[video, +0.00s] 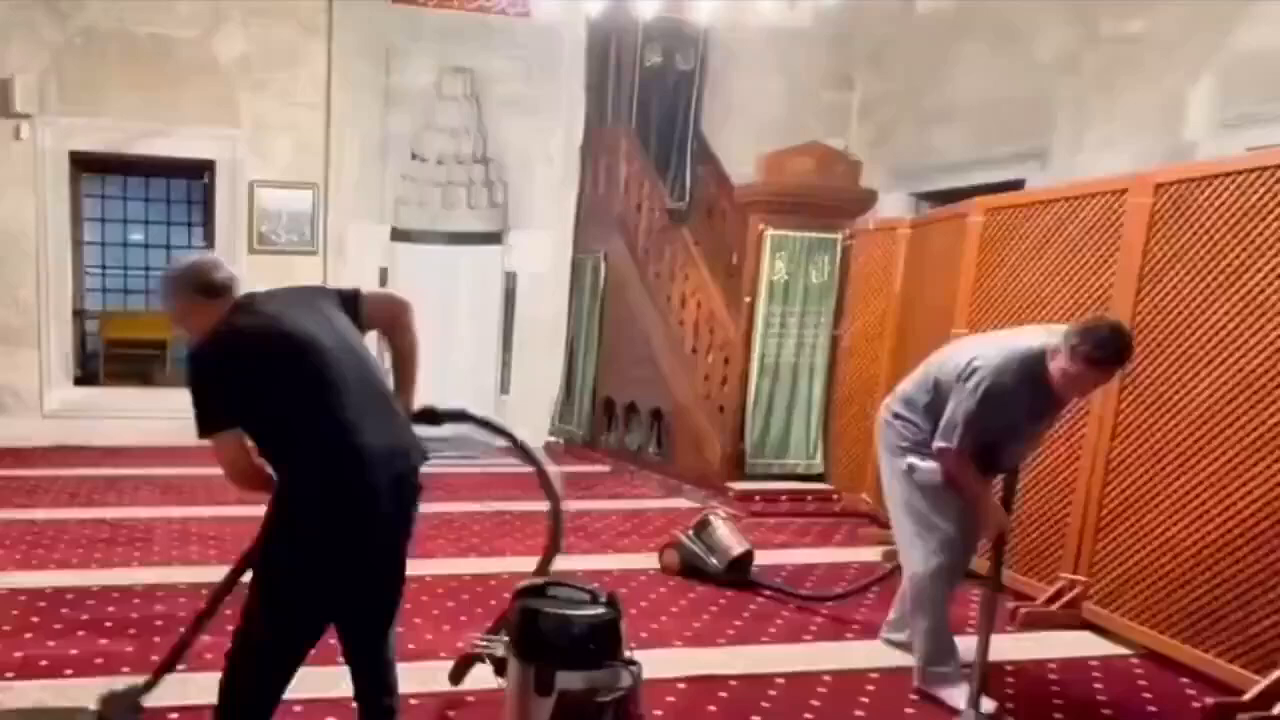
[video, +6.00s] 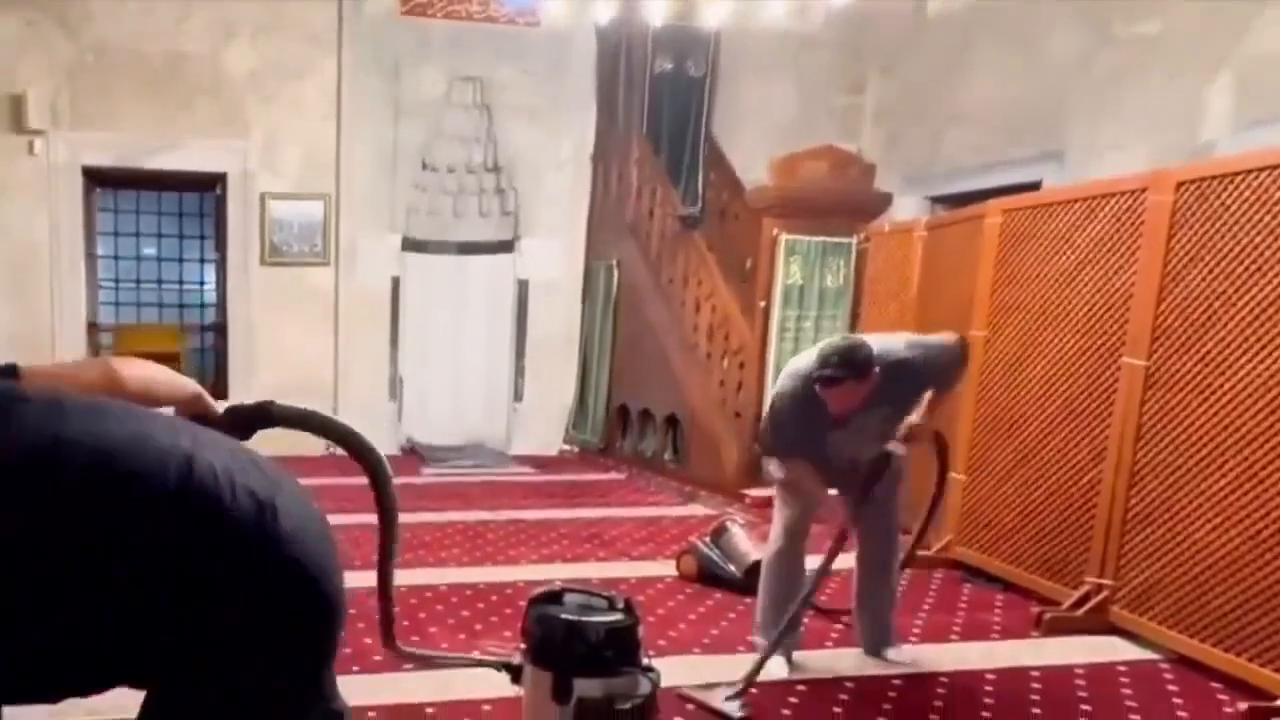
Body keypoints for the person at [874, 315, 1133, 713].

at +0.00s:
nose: (1086, 392)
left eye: (1095, 386)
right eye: (1084, 380)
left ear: (1105, 375)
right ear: (1066, 356)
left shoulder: (1067, 365)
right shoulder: (997, 371)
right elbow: (948, 454)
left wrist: (1011, 455)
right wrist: (987, 508)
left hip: (968, 445)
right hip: (912, 433)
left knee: (959, 542)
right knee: (934, 555)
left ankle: (902, 626)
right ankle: (936, 673)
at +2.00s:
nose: (975, 430)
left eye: (987, 424)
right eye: (970, 419)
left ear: (1015, 410)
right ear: (961, 387)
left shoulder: (1021, 386)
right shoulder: (904, 394)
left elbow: (1017, 422)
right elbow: (882, 486)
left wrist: (985, 459)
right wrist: (909, 550)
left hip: (931, 445)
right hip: (865, 435)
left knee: (916, 535)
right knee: (861, 539)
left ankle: (894, 623)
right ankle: (851, 655)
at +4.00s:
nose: (870, 415)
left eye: (881, 407)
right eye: (863, 406)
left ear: (905, 389)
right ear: (852, 387)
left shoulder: (942, 377)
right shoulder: (819, 407)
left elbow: (975, 411)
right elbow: (809, 487)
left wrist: (937, 469)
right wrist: (833, 554)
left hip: (895, 475)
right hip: (834, 480)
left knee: (897, 560)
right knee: (818, 567)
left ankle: (877, 644)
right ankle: (818, 672)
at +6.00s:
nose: (826, 397)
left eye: (835, 388)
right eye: (822, 388)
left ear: (868, 379)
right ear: (816, 379)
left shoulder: (907, 361)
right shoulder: (793, 392)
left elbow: (957, 351)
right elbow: (786, 458)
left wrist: (926, 417)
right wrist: (823, 501)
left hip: (874, 458)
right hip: (810, 461)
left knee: (881, 546)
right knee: (786, 540)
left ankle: (879, 641)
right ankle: (776, 645)